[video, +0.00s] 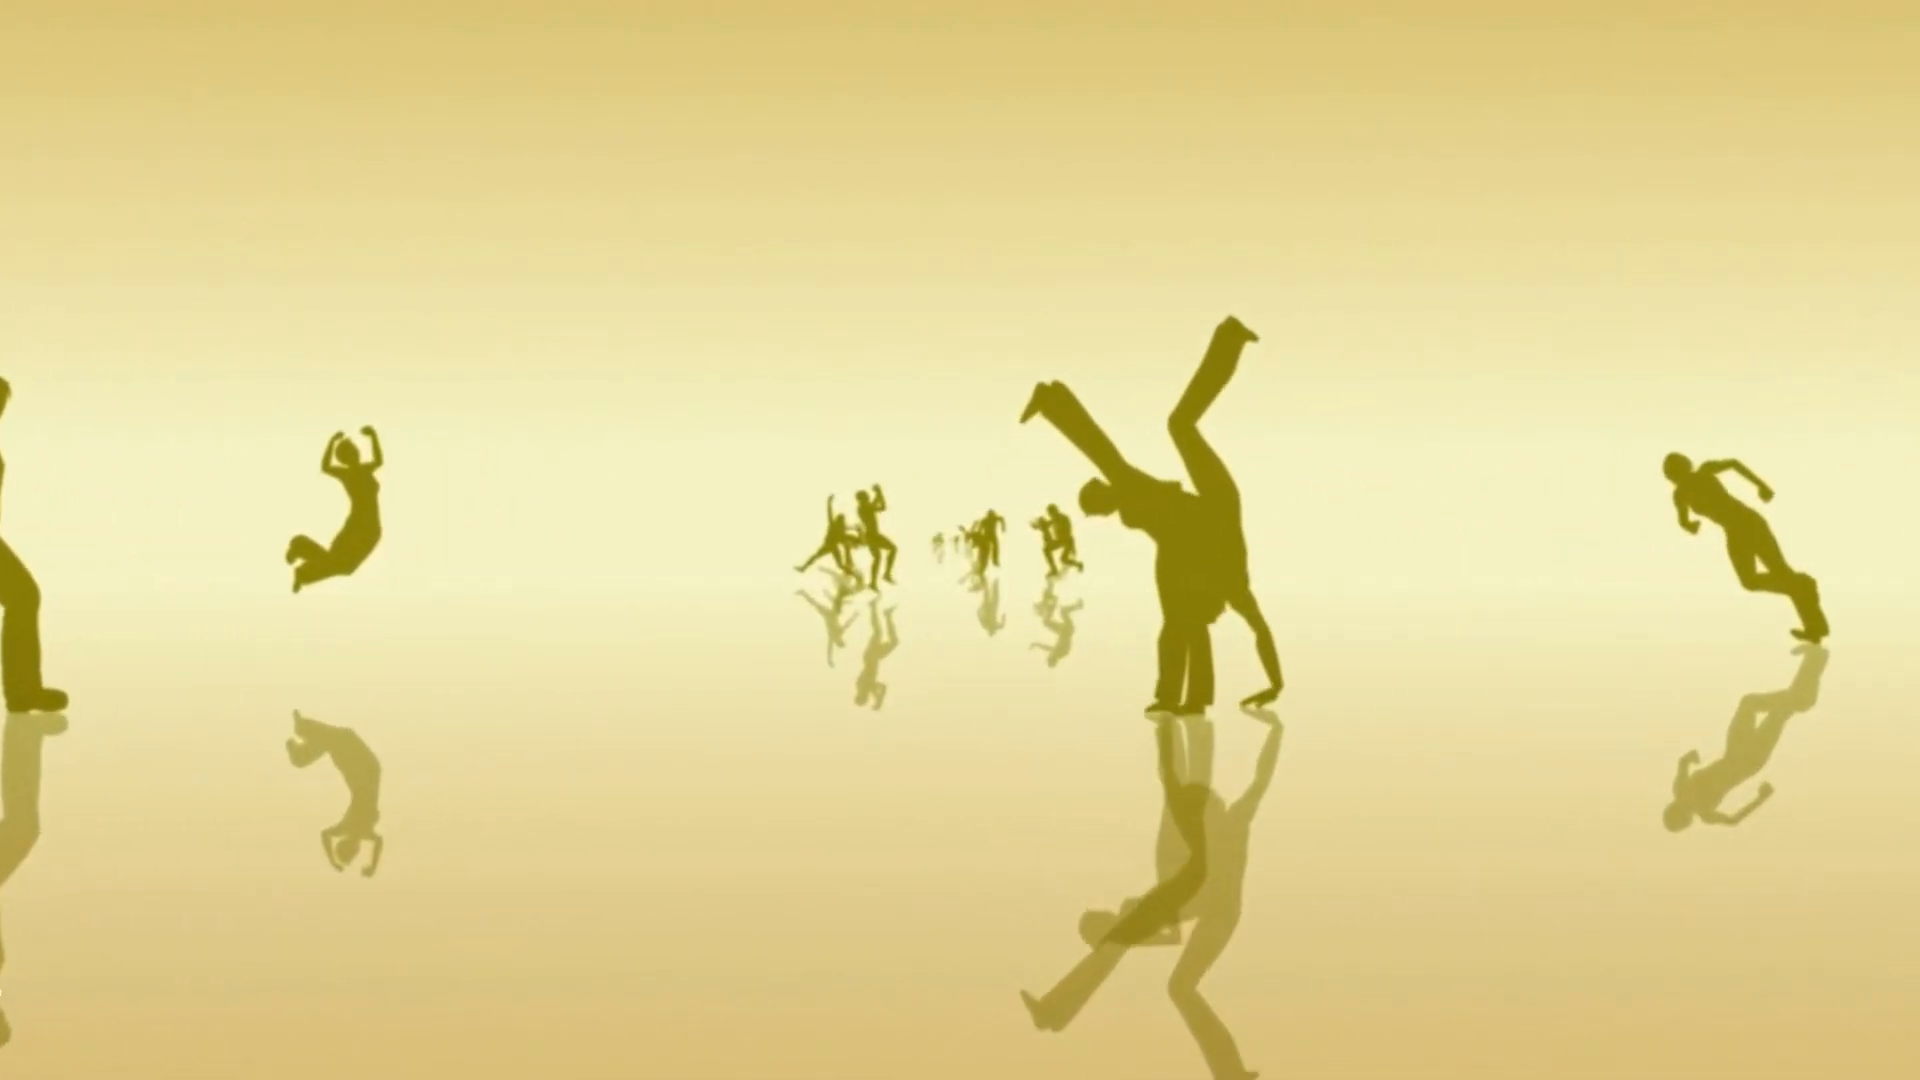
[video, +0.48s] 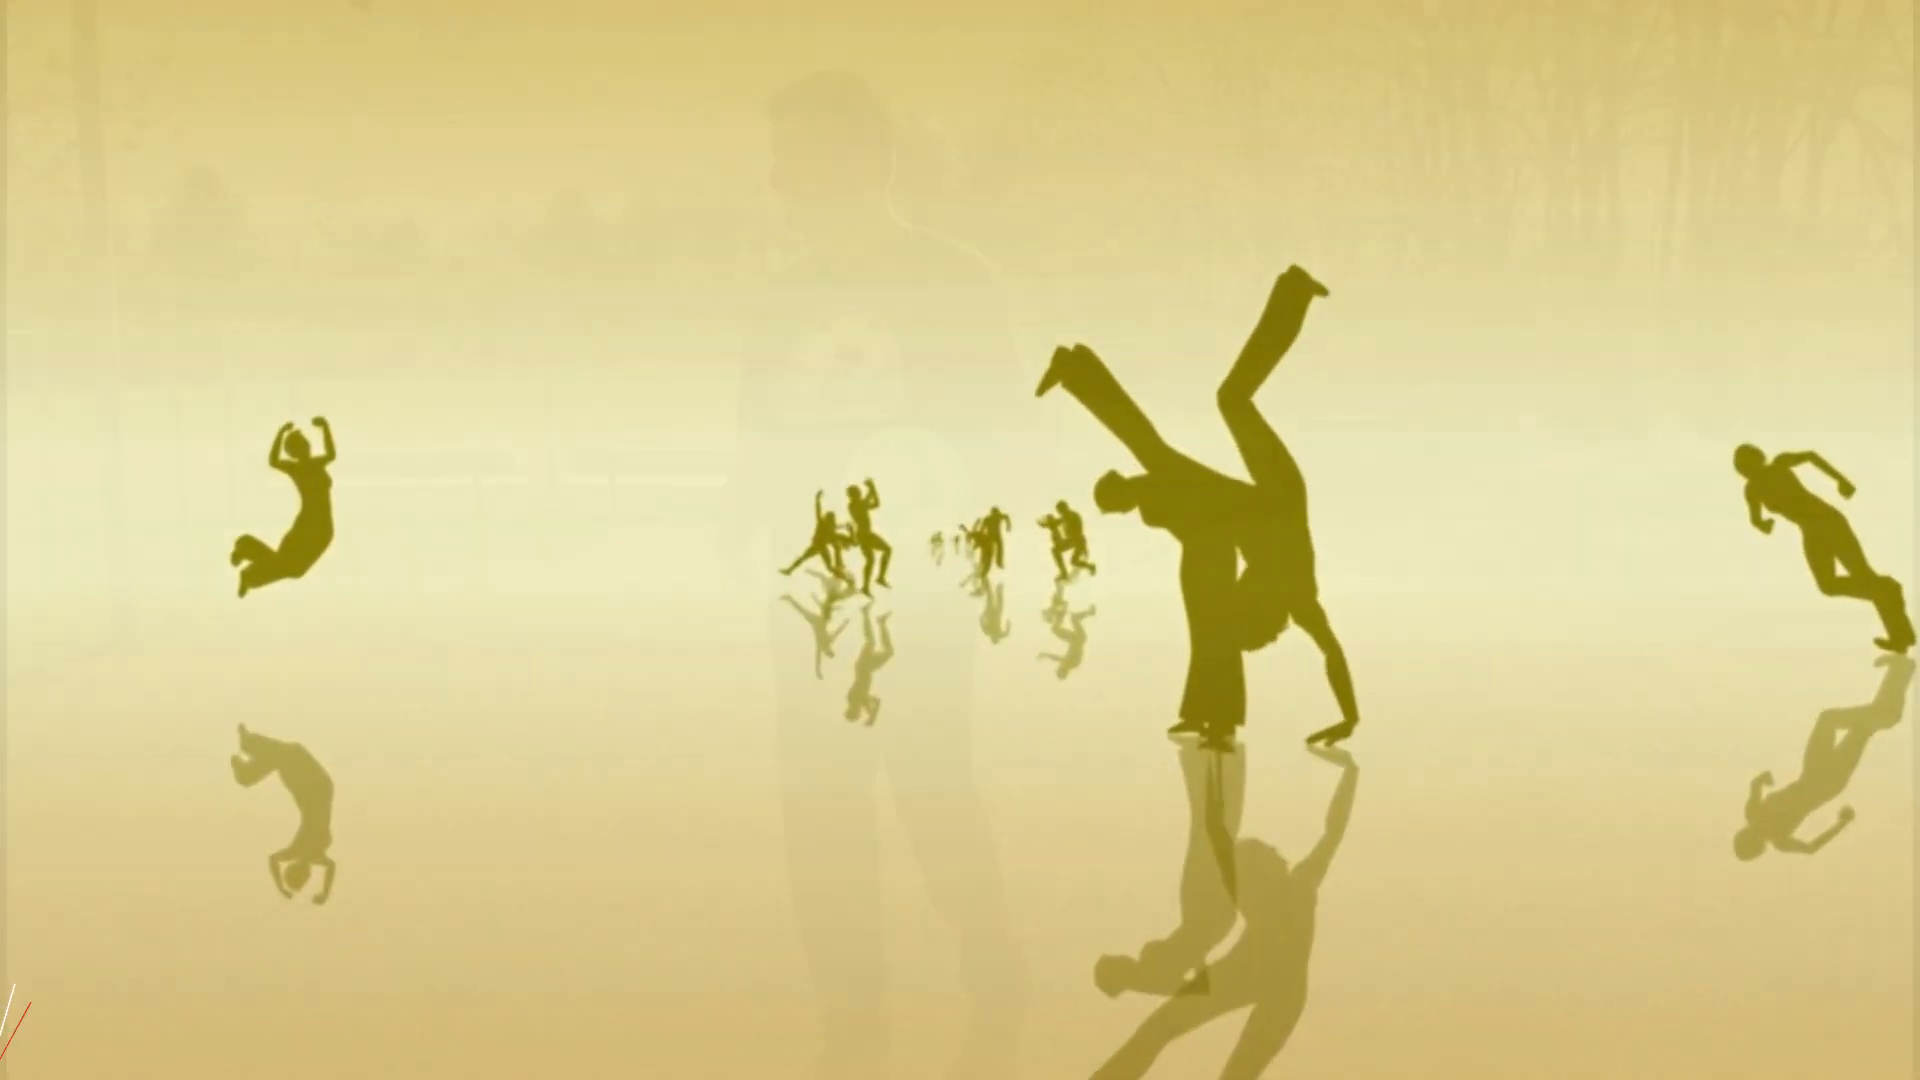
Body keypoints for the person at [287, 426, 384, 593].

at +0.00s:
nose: (352, 453)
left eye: (353, 449)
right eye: (347, 451)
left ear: (358, 450)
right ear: (342, 457)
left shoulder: (365, 470)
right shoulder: (346, 473)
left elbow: (378, 461)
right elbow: (326, 468)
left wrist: (373, 437)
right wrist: (332, 442)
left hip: (373, 526)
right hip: (357, 522)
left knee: (347, 568)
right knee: (335, 561)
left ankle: (304, 575)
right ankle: (301, 545)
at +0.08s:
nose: (342, 451)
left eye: (342, 447)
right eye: (336, 449)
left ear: (347, 448)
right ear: (331, 455)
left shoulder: (354, 469)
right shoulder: (335, 471)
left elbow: (368, 460)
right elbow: (314, 466)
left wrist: (363, 434)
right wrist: (320, 440)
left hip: (362, 526)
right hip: (346, 521)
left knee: (336, 568)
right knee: (325, 561)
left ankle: (292, 576)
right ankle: (290, 546)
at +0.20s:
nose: (334, 449)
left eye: (334, 445)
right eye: (329, 447)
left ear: (339, 447)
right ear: (324, 454)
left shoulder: (346, 468)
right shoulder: (327, 471)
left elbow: (361, 459)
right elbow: (306, 465)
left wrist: (356, 433)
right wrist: (313, 439)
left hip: (354, 525)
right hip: (338, 520)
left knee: (328, 568)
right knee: (317, 562)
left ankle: (285, 576)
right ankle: (282, 546)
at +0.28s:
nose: (322, 448)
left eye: (322, 443)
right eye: (317, 446)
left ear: (328, 445)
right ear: (312, 452)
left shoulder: (335, 466)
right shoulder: (315, 469)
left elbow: (350, 458)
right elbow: (294, 464)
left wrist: (345, 431)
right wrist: (301, 437)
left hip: (344, 526)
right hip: (327, 522)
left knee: (317, 569)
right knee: (306, 562)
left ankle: (273, 577)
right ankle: (269, 546)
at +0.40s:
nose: (315, 447)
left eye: (315, 442)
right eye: (309, 445)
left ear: (320, 444)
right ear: (304, 451)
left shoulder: (328, 465)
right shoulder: (307, 469)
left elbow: (342, 457)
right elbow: (286, 463)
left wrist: (337, 430)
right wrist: (293, 436)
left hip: (336, 525)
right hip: (319, 521)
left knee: (309, 569)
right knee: (297, 562)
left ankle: (264, 577)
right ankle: (260, 546)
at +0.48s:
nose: (303, 445)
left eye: (303, 441)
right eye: (297, 443)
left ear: (308, 443)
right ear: (292, 450)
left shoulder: (316, 464)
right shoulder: (295, 467)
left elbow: (331, 455)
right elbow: (274, 462)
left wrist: (325, 428)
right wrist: (280, 433)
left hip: (324, 525)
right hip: (307, 521)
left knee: (297, 570)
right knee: (285, 563)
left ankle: (251, 578)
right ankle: (247, 546)